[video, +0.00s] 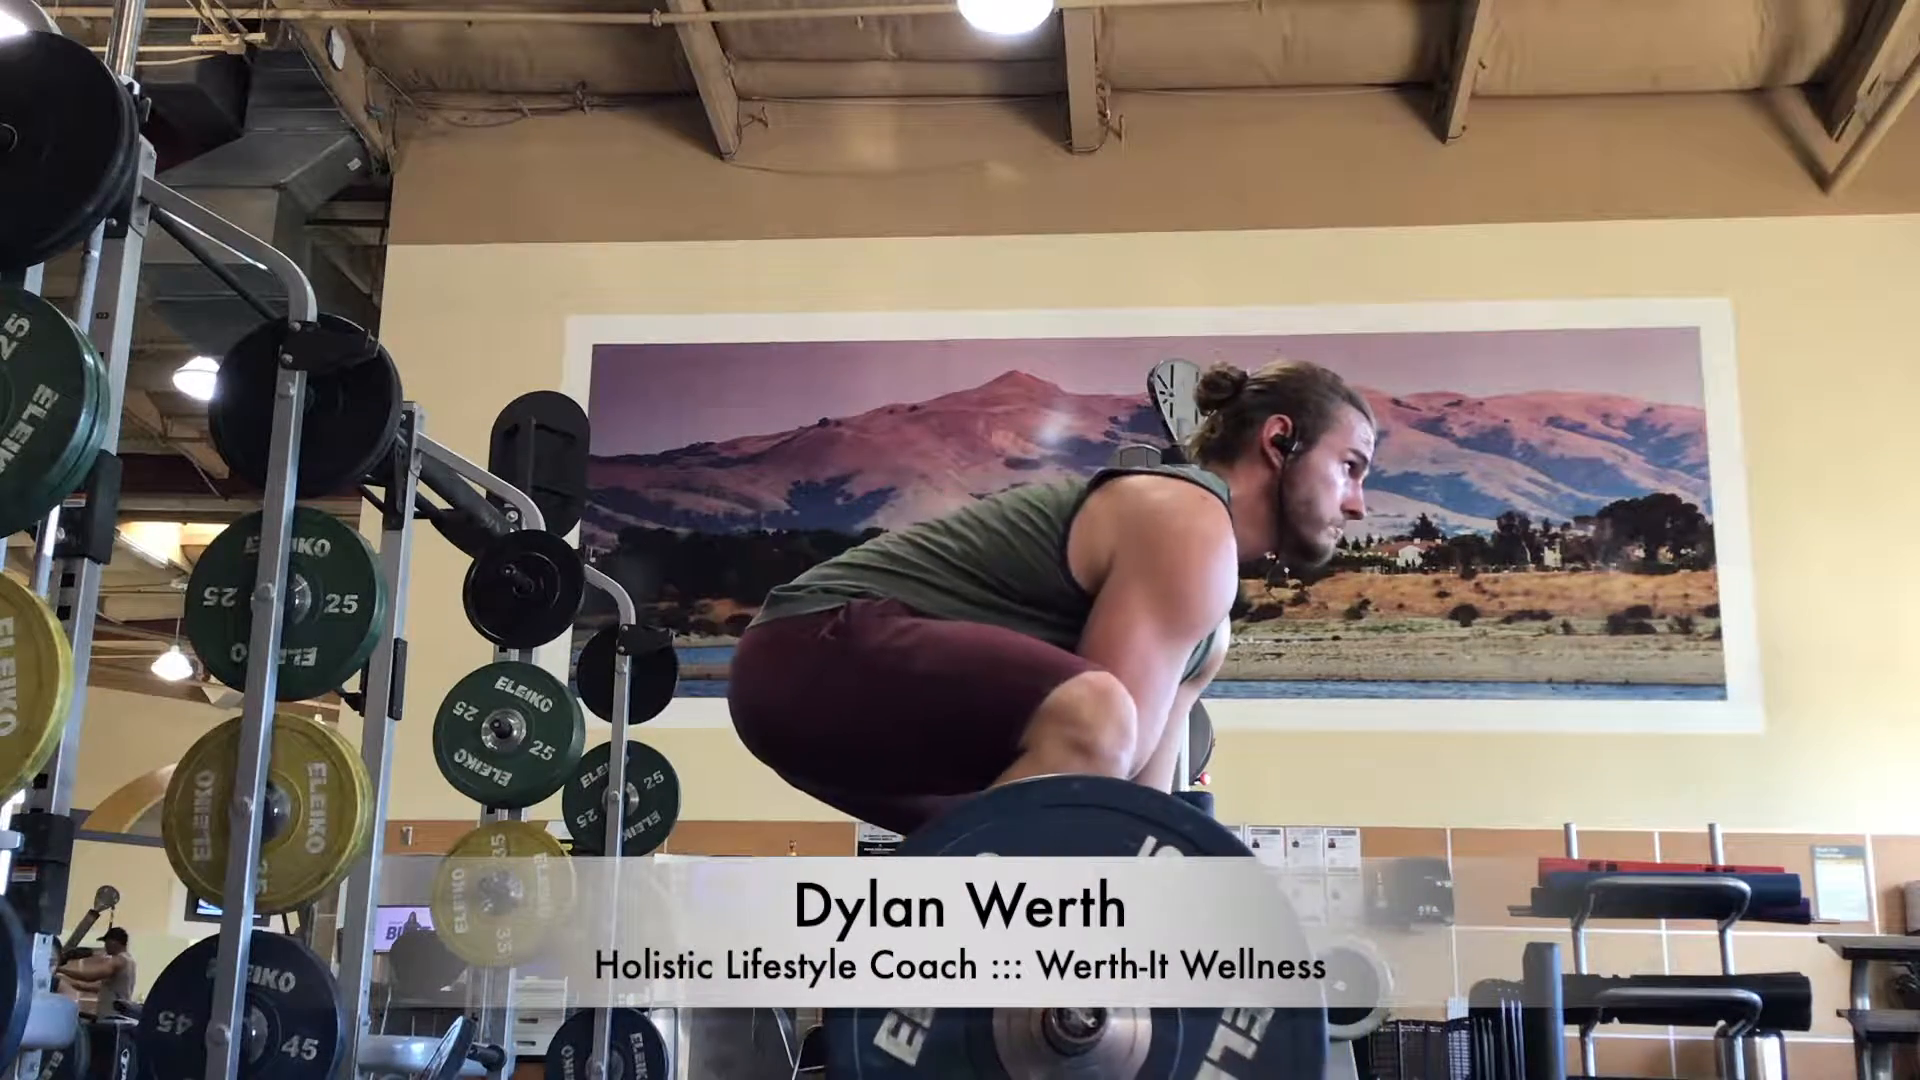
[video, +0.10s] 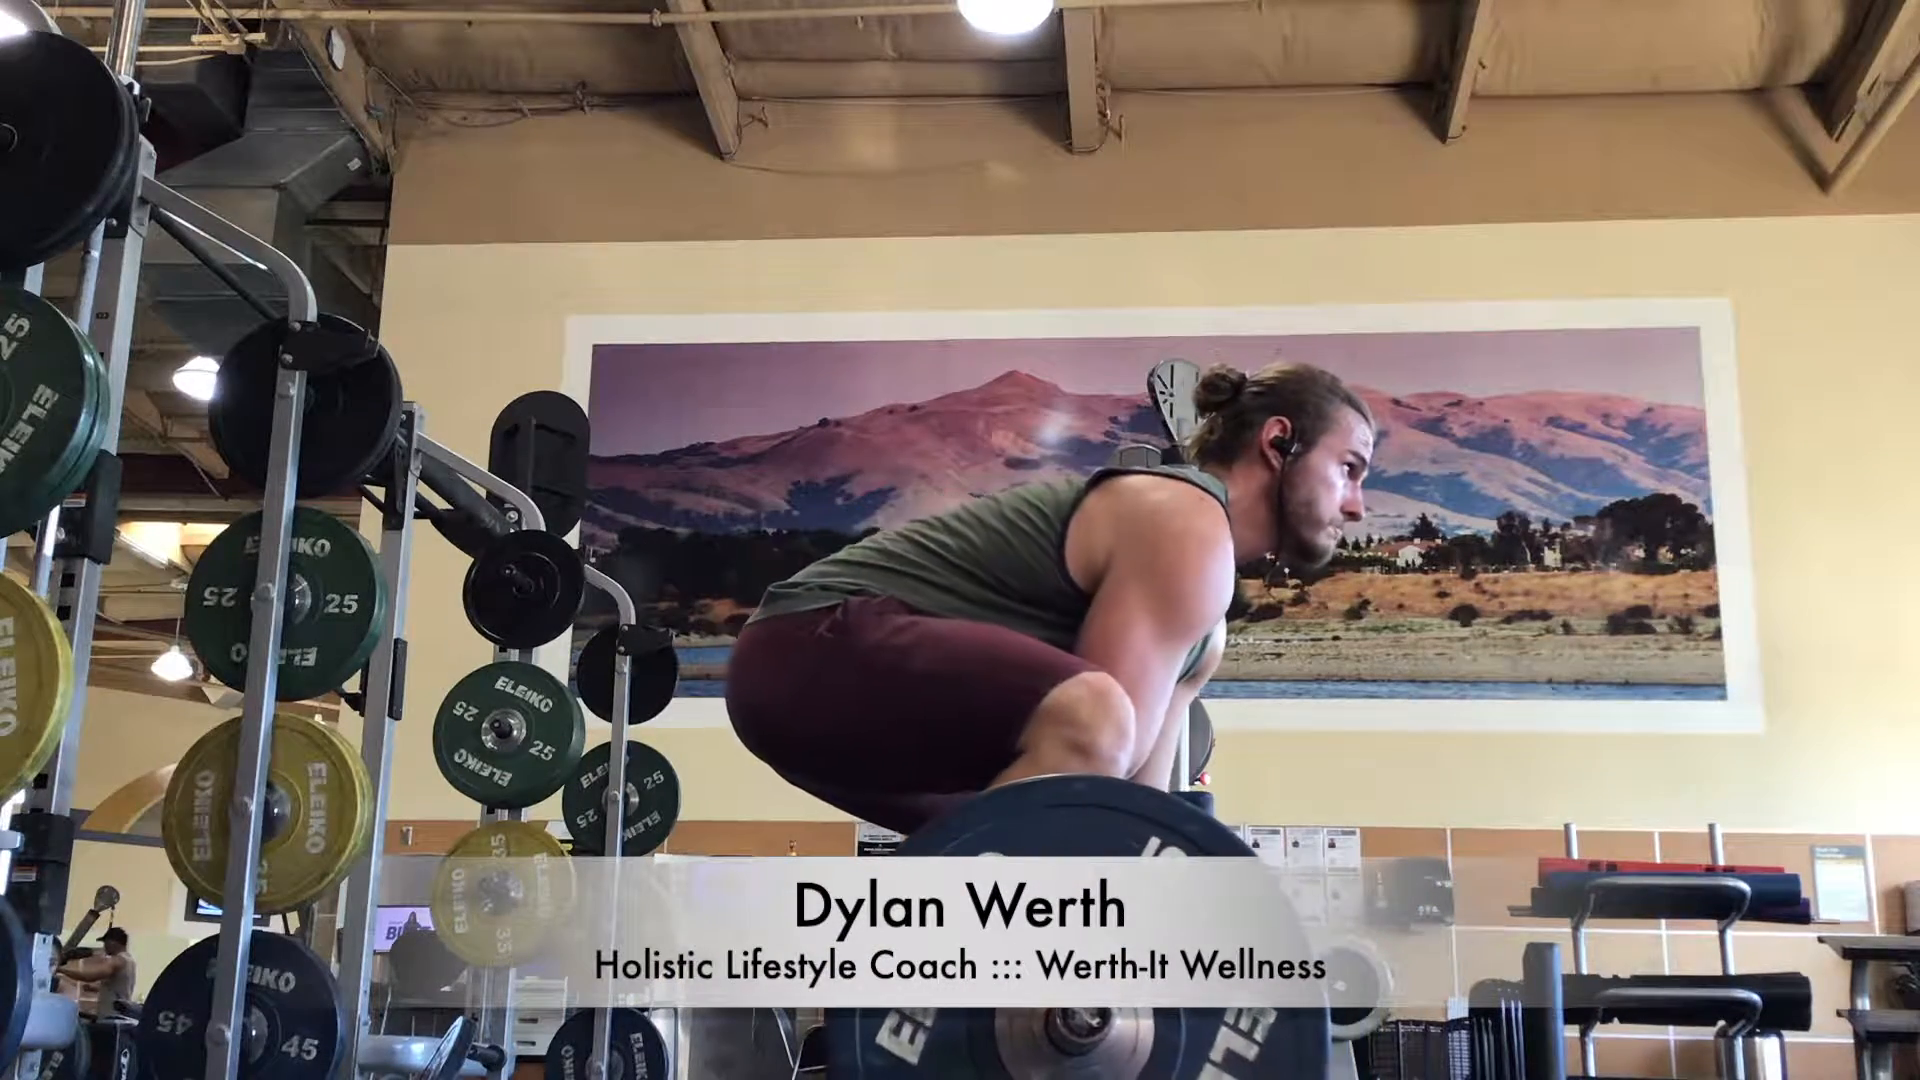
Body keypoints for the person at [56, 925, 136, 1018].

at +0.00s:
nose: (105, 946)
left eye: (107, 942)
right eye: (105, 942)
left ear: (114, 942)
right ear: (119, 943)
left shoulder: (119, 960)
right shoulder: (128, 961)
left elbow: (87, 976)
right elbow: (105, 988)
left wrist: (61, 970)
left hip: (108, 1017)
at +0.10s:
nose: (104, 946)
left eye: (106, 942)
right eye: (104, 943)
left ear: (113, 943)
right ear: (120, 943)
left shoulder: (118, 961)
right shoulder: (128, 961)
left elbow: (87, 977)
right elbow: (118, 988)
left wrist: (61, 970)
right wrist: (94, 989)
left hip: (108, 1017)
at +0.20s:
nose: (103, 946)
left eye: (105, 943)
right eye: (103, 943)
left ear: (111, 943)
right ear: (122, 943)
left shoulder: (117, 961)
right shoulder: (128, 961)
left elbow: (88, 977)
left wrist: (61, 971)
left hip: (107, 1018)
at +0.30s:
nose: (103, 947)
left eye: (104, 944)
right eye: (103, 944)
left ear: (111, 943)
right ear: (122, 943)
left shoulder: (117, 961)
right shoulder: (128, 961)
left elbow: (88, 977)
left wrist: (61, 971)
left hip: (107, 1018)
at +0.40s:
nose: (103, 948)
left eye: (104, 945)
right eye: (102, 945)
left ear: (110, 943)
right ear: (121, 944)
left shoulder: (116, 961)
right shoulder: (130, 962)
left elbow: (88, 977)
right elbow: (137, 982)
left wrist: (61, 971)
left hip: (107, 1017)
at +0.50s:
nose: (102, 948)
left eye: (103, 944)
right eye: (101, 944)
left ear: (112, 943)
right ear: (121, 944)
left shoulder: (115, 961)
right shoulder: (132, 963)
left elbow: (88, 977)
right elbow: (144, 981)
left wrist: (61, 971)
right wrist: (131, 970)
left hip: (106, 1017)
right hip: (123, 1017)